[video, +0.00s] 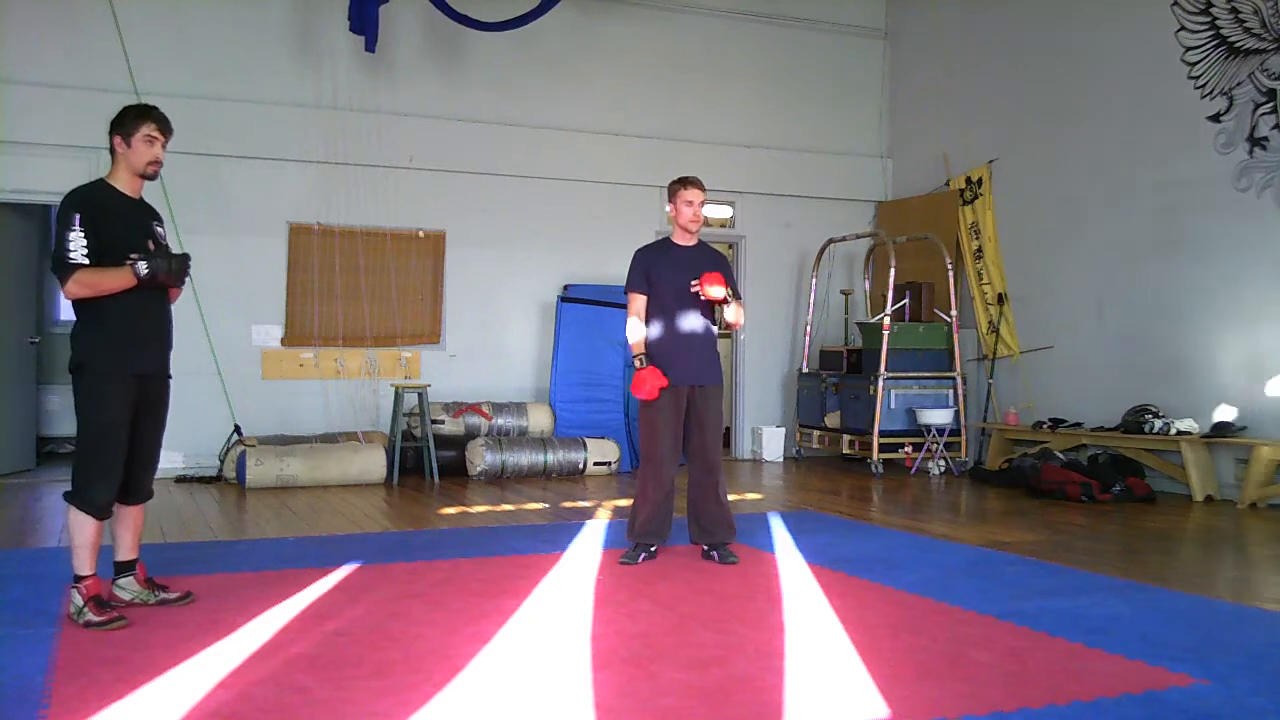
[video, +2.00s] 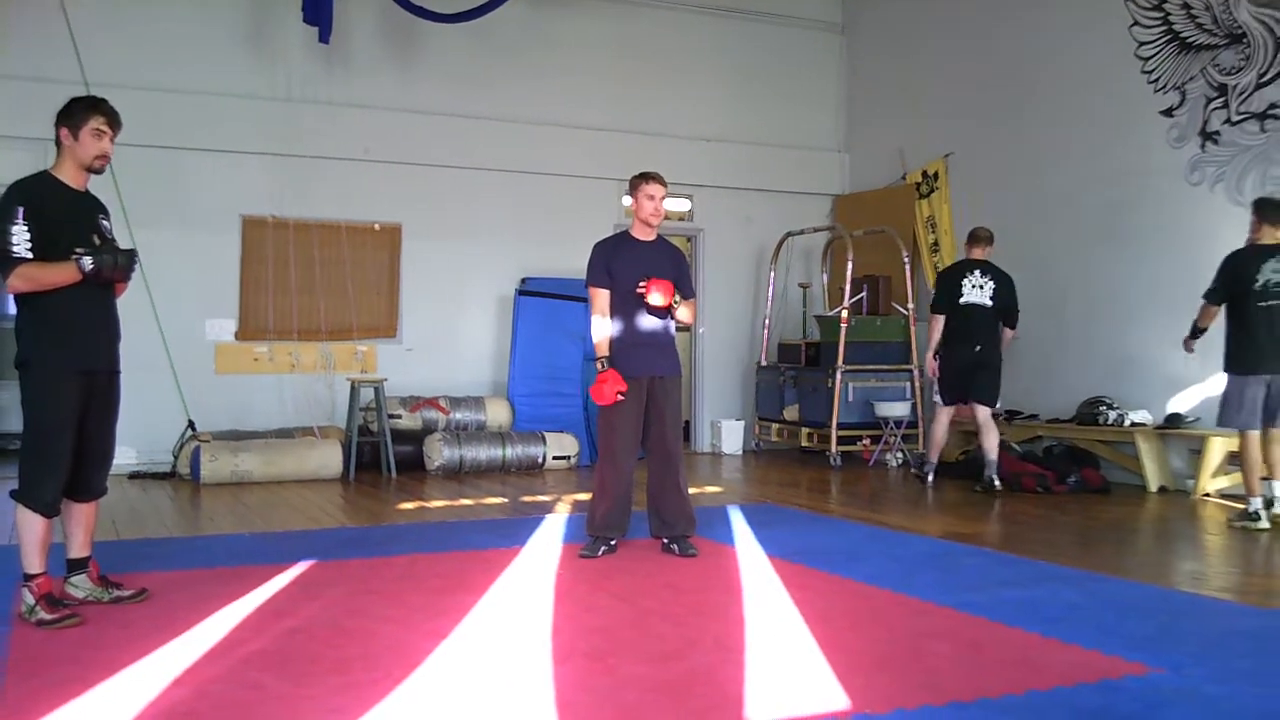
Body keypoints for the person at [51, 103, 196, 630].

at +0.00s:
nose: (159, 152)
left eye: (163, 144)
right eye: (149, 141)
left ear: (161, 152)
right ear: (119, 142)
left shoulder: (152, 216)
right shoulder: (82, 201)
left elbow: (166, 297)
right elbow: (74, 284)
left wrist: (176, 275)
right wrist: (143, 270)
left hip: (151, 364)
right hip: (103, 363)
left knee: (136, 472)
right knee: (96, 473)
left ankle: (129, 580)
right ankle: (84, 592)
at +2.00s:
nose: (107, 146)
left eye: (112, 138)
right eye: (98, 134)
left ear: (109, 145)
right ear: (66, 134)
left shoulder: (97, 209)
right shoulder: (24, 195)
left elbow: (108, 290)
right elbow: (15, 278)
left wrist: (122, 272)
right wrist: (87, 266)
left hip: (99, 360)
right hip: (49, 360)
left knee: (88, 467)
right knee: (43, 469)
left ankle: (80, 578)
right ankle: (34, 590)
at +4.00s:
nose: (89, 142)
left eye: (91, 133)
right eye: (79, 131)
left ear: (84, 140)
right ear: (47, 134)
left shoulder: (77, 208)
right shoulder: (11, 195)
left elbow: (79, 286)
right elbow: (5, 275)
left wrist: (101, 278)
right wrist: (74, 266)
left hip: (85, 361)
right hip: (34, 361)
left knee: (77, 468)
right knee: (32, 469)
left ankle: (71, 578)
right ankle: (23, 592)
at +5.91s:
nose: (54, 160)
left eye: (58, 153)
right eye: (44, 150)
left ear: (56, 161)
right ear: (12, 152)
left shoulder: (45, 226)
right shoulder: (0, 212)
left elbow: (60, 301)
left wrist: (63, 287)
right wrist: (21, 278)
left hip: (40, 365)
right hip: (6, 364)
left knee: (33, 469)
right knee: (9, 468)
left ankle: (28, 575)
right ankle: (24, 573)